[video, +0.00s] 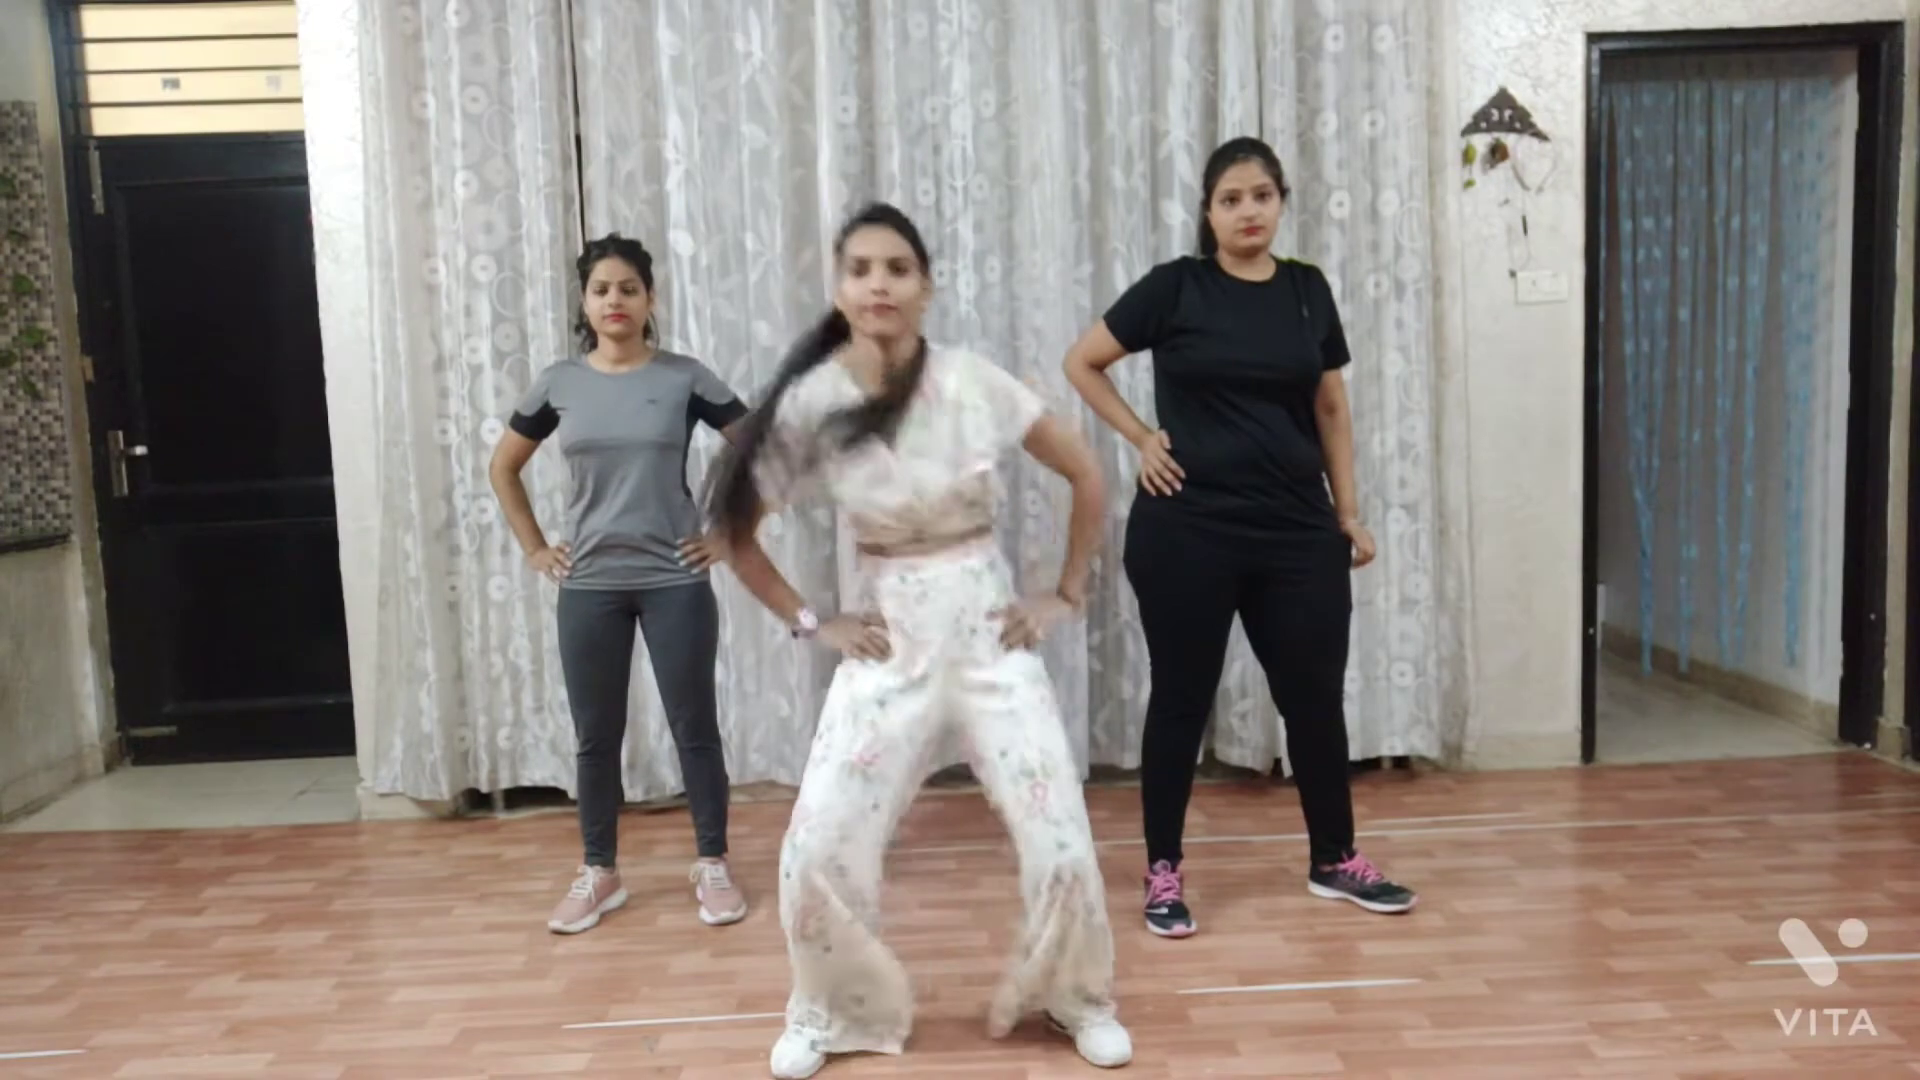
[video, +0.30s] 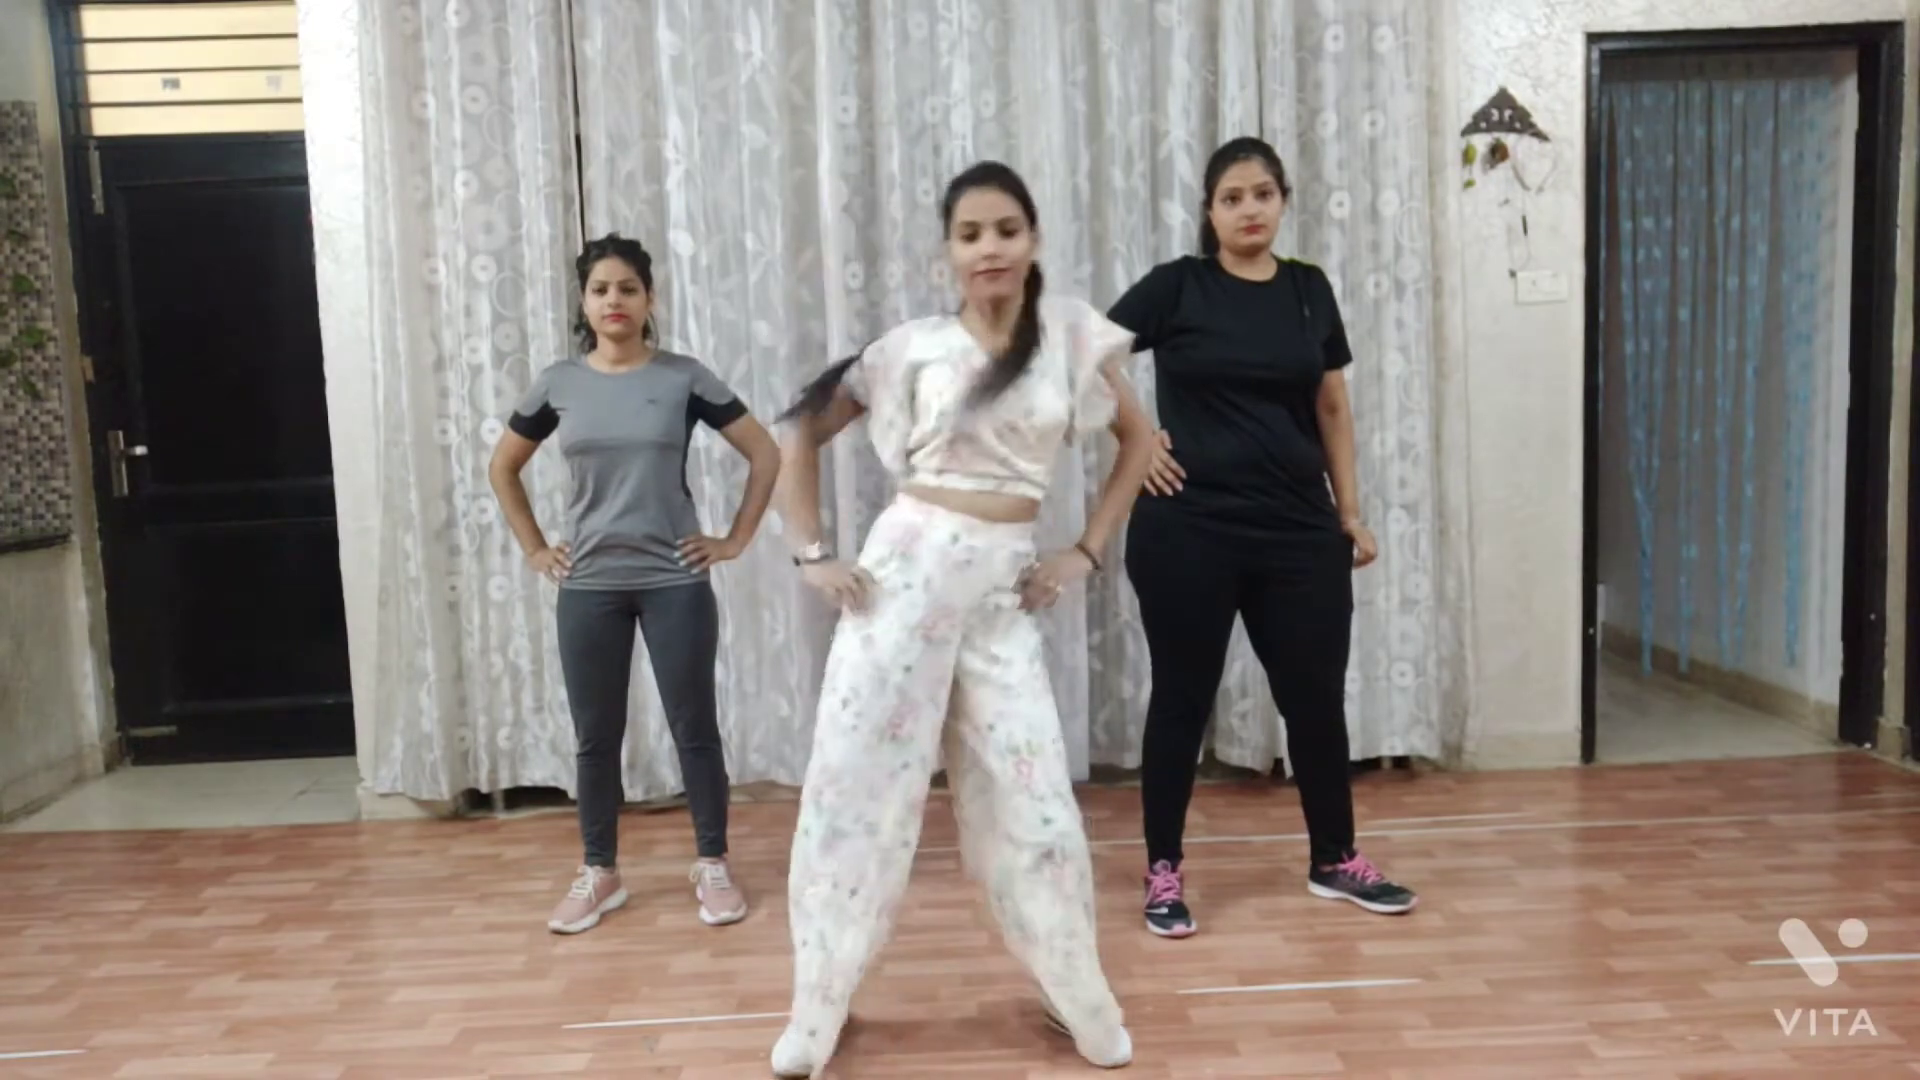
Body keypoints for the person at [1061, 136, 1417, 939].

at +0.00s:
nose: (1249, 211)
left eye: (1262, 196)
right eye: (1232, 198)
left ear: (1282, 204)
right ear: (1208, 209)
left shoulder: (1306, 289)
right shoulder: (1174, 288)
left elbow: (1333, 408)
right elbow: (1081, 363)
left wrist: (1348, 512)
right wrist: (1140, 436)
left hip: (1296, 529)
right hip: (1187, 527)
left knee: (1316, 699)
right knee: (1181, 699)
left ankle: (1335, 860)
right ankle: (1163, 870)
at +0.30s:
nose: (1249, 209)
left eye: (1263, 194)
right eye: (1233, 197)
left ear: (1284, 203)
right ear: (1209, 208)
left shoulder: (1309, 289)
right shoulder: (1175, 287)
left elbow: (1334, 409)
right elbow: (1091, 359)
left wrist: (1348, 512)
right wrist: (1134, 430)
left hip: (1298, 530)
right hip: (1189, 528)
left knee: (1317, 701)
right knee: (1180, 701)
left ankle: (1334, 861)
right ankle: (1164, 871)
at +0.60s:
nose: (1250, 209)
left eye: (1264, 194)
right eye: (1234, 196)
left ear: (1283, 203)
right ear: (1209, 208)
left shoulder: (1308, 289)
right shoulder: (1175, 288)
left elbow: (1334, 409)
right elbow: (1081, 365)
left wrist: (1349, 512)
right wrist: (1137, 439)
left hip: (1297, 529)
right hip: (1190, 527)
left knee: (1318, 700)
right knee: (1181, 702)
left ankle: (1336, 861)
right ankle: (1163, 869)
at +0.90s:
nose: (1249, 209)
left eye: (1262, 194)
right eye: (1232, 196)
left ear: (1283, 203)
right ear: (1208, 208)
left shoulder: (1307, 290)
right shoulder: (1175, 288)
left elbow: (1334, 408)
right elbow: (1073, 372)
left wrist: (1349, 510)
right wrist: (1140, 436)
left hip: (1297, 529)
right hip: (1189, 527)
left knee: (1318, 701)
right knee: (1181, 701)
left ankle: (1335, 860)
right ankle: (1163, 869)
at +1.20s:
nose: (1248, 209)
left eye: (1261, 194)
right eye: (1231, 196)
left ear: (1281, 203)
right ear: (1207, 208)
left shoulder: (1308, 289)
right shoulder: (1174, 289)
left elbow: (1335, 409)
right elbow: (1076, 369)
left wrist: (1349, 512)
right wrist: (1139, 434)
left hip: (1297, 529)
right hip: (1188, 527)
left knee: (1317, 700)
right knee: (1181, 702)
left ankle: (1336, 861)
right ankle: (1164, 871)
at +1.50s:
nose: (1249, 209)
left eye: (1262, 194)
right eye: (1232, 196)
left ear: (1282, 203)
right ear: (1208, 209)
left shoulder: (1307, 289)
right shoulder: (1175, 288)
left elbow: (1334, 408)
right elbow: (1082, 365)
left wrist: (1349, 512)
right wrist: (1143, 438)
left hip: (1296, 528)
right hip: (1188, 526)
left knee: (1317, 698)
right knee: (1182, 699)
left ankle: (1336, 860)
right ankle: (1163, 870)